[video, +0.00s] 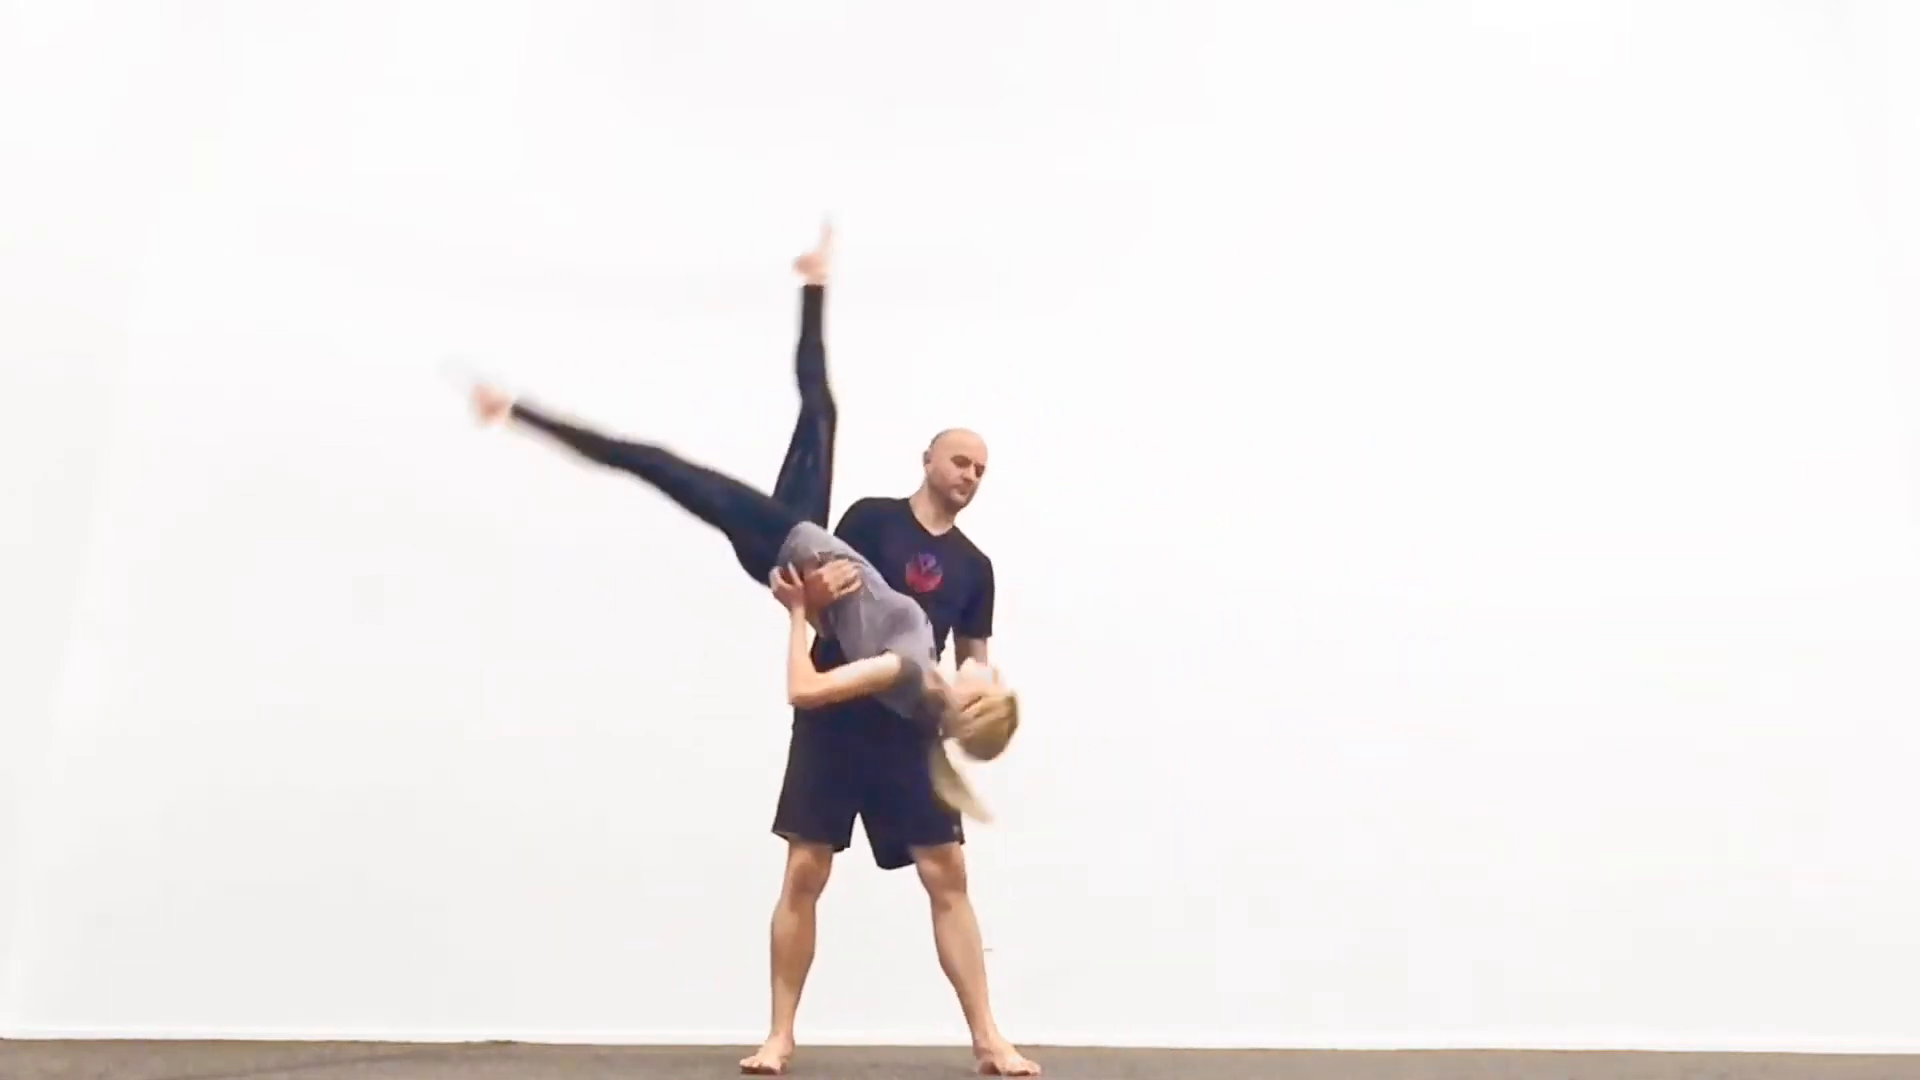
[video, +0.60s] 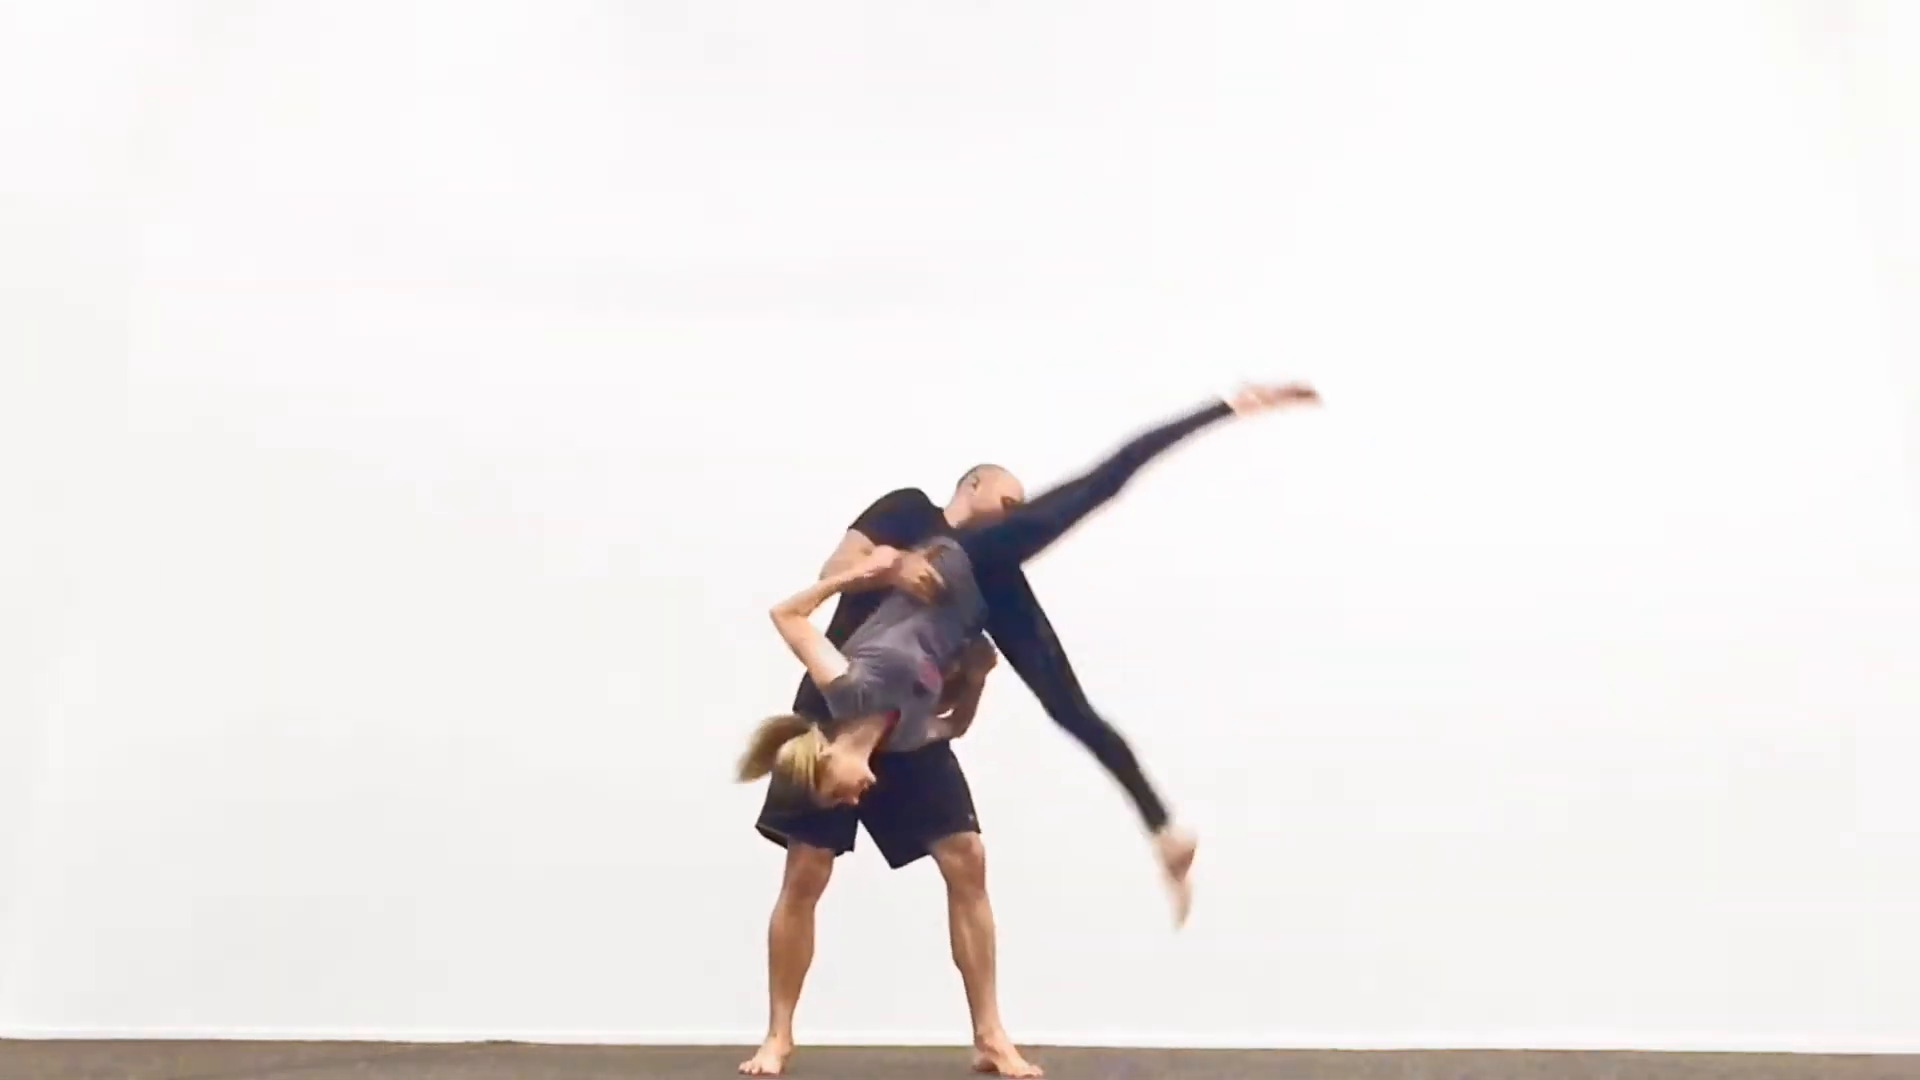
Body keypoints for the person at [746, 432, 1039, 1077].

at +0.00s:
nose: (971, 477)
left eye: (979, 470)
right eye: (961, 462)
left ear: (981, 481)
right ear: (928, 459)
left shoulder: (974, 566)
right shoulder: (866, 519)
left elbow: (975, 659)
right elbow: (789, 586)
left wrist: (970, 708)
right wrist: (809, 593)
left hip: (911, 730)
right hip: (833, 719)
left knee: (947, 873)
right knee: (805, 873)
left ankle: (988, 1039)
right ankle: (779, 1037)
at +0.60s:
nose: (1013, 519)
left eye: (1019, 511)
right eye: (1005, 503)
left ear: (1016, 514)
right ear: (967, 490)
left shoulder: (992, 595)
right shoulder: (909, 508)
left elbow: (958, 724)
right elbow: (833, 573)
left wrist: (971, 685)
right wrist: (894, 567)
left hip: (918, 727)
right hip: (833, 712)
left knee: (967, 861)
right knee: (806, 875)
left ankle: (990, 1037)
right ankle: (777, 1038)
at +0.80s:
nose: (1038, 513)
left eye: (1044, 506)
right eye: (1034, 497)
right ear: (996, 482)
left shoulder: (1001, 584)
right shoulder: (944, 513)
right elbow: (919, 587)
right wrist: (1001, 621)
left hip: (936, 729)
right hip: (865, 717)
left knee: (995, 864)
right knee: (825, 878)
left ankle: (991, 1039)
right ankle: (781, 1035)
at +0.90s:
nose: (1050, 502)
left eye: (1055, 496)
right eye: (1044, 488)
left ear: (1021, 486)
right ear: (1006, 474)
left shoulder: (1008, 575)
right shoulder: (963, 512)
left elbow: (995, 655)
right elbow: (971, 595)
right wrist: (1053, 641)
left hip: (950, 724)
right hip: (883, 715)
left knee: (1001, 864)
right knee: (833, 876)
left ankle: (991, 1038)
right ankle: (782, 1034)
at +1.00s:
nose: (1059, 491)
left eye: (1065, 485)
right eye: (1053, 477)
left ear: (1034, 481)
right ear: (1014, 465)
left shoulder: (1006, 545)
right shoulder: (977, 505)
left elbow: (1010, 632)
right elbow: (1000, 580)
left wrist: (1101, 640)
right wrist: (1095, 626)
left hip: (963, 709)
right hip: (896, 706)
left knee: (1005, 864)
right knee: (845, 870)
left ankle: (991, 1040)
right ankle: (783, 1029)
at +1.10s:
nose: (1067, 483)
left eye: (1071, 475)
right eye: (1060, 468)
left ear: (1040, 468)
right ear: (1021, 457)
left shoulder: (1027, 542)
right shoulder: (984, 490)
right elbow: (1007, 546)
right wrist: (1097, 581)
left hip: (979, 708)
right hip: (908, 699)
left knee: (1006, 862)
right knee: (863, 859)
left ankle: (990, 1038)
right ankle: (793, 1014)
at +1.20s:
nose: (1066, 471)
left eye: (1071, 466)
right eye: (1059, 457)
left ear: (1056, 473)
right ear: (1021, 446)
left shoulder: (1033, 561)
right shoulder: (983, 476)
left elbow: (1021, 662)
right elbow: (978, 497)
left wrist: (1080, 696)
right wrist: (1074, 543)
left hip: (982, 706)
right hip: (917, 692)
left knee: (1000, 864)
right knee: (890, 849)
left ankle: (990, 1040)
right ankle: (816, 1004)